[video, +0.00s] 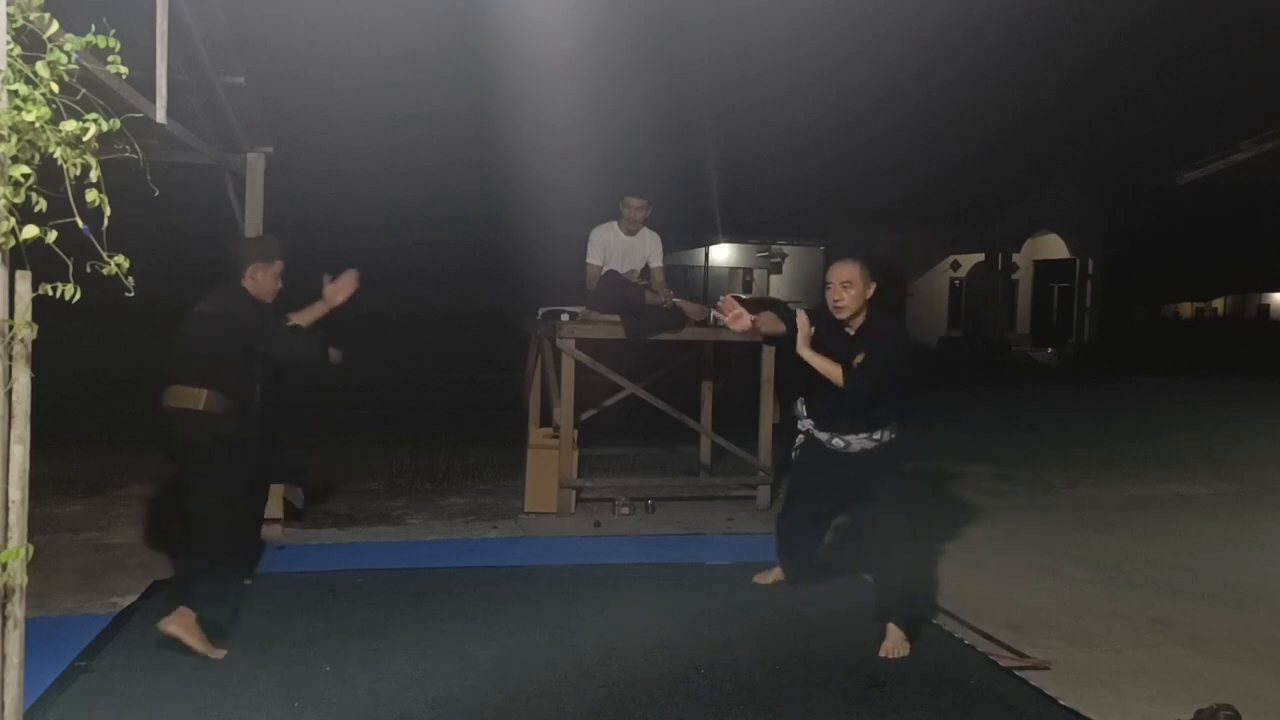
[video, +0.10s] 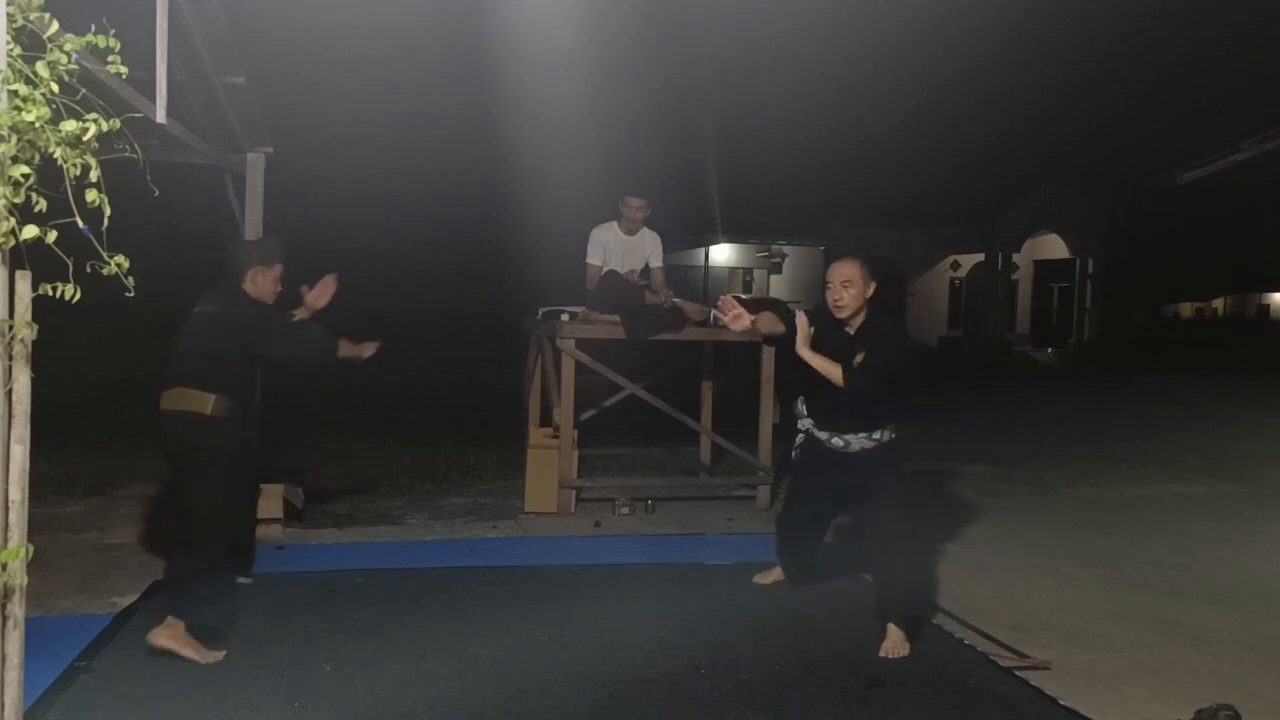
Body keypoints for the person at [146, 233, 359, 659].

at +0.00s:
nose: (280, 284)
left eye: (280, 275)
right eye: (277, 274)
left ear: (250, 273)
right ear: (255, 272)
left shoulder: (222, 303)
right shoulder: (238, 309)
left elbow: (278, 328)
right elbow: (290, 345)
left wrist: (326, 303)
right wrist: (330, 354)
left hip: (187, 420)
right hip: (208, 424)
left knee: (211, 510)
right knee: (222, 513)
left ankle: (188, 609)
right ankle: (186, 613)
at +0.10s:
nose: (279, 286)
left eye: (279, 277)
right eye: (276, 277)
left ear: (247, 276)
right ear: (253, 276)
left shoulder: (216, 305)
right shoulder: (239, 312)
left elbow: (265, 336)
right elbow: (286, 344)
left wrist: (305, 309)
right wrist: (347, 349)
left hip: (186, 427)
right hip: (208, 431)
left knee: (207, 517)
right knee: (211, 523)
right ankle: (175, 623)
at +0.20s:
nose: (279, 289)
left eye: (279, 280)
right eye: (276, 280)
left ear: (242, 279)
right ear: (254, 279)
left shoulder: (202, 311)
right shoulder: (254, 320)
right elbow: (335, 328)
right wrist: (401, 318)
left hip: (171, 433)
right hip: (206, 440)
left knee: (201, 523)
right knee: (217, 533)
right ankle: (175, 637)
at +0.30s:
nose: (278, 290)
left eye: (278, 280)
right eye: (275, 281)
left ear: (240, 280)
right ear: (253, 280)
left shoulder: (201, 312)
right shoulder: (252, 322)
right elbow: (332, 325)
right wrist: (401, 315)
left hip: (168, 432)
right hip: (202, 439)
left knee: (203, 522)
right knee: (216, 530)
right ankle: (175, 640)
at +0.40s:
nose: (276, 291)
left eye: (276, 282)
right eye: (273, 282)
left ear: (237, 281)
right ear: (253, 281)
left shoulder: (197, 312)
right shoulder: (253, 320)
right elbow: (330, 327)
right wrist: (399, 318)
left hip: (164, 434)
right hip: (203, 441)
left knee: (202, 523)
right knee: (217, 535)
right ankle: (175, 642)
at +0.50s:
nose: (275, 290)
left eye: (274, 281)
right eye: (271, 281)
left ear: (237, 282)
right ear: (250, 282)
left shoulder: (201, 312)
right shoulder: (250, 320)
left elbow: (239, 340)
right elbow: (323, 332)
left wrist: (280, 320)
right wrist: (396, 337)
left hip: (166, 432)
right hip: (201, 439)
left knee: (202, 523)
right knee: (218, 538)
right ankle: (175, 640)